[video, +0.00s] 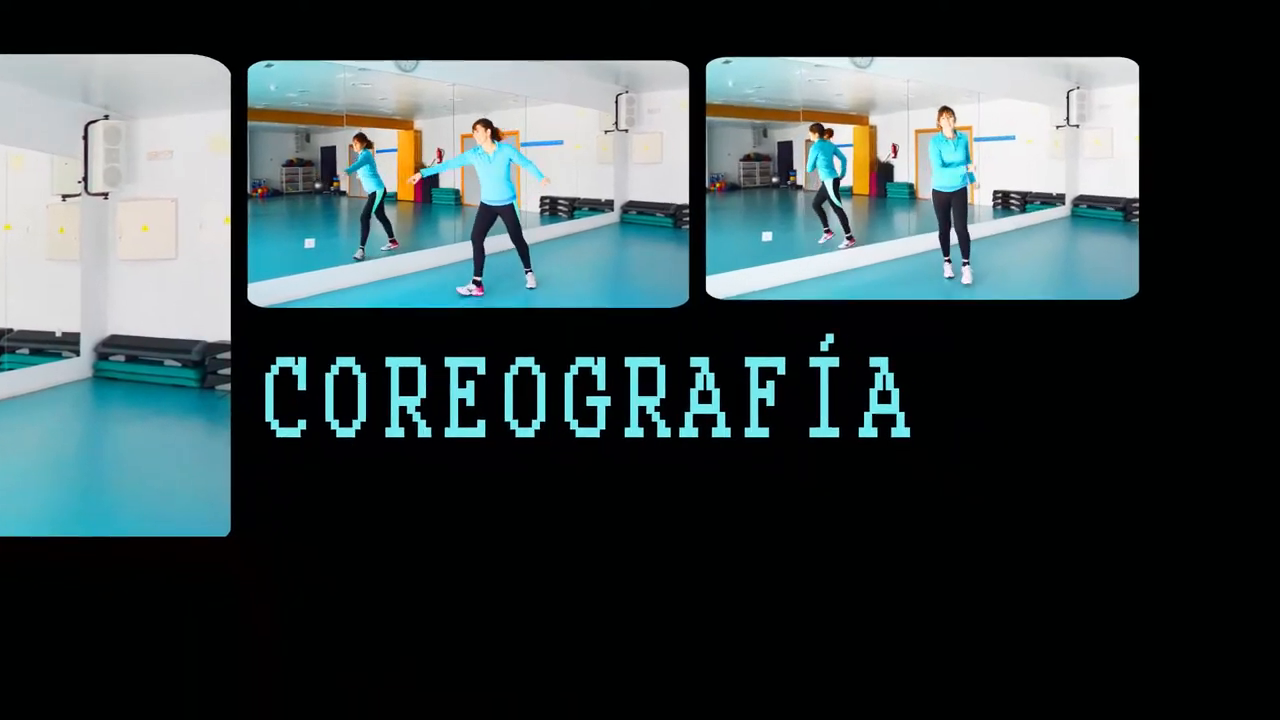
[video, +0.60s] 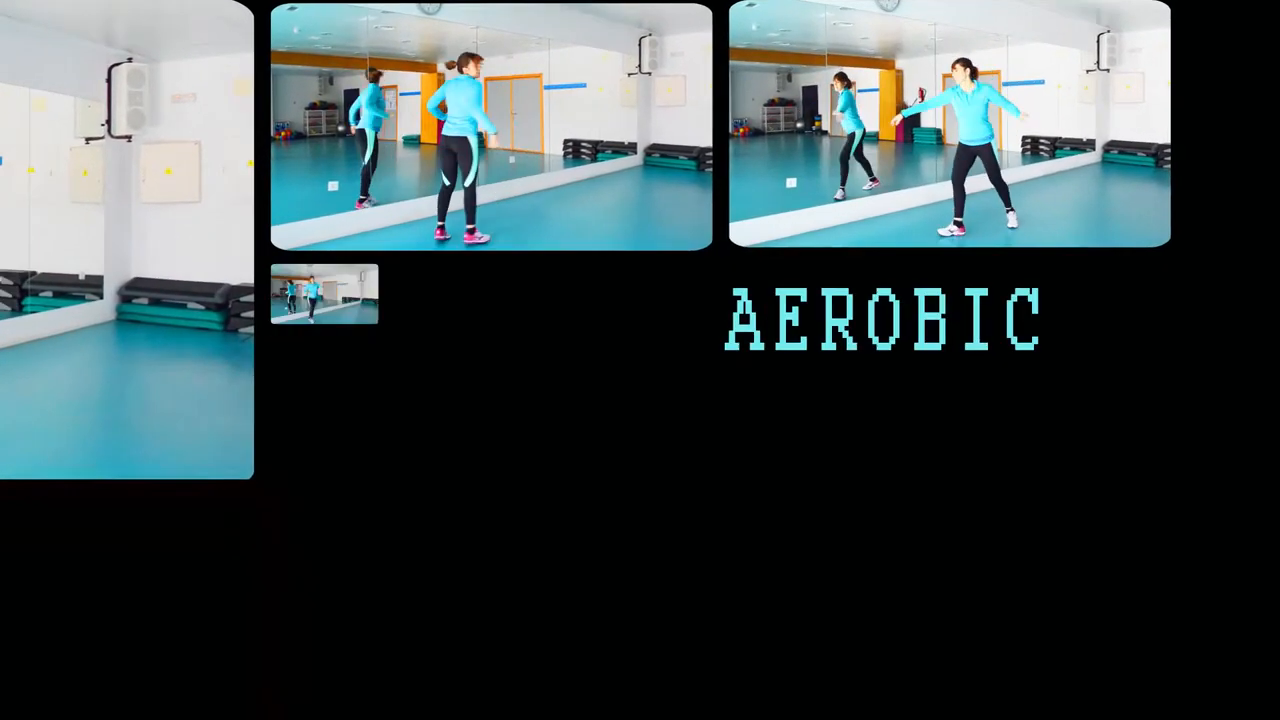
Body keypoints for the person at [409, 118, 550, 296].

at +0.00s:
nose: (474, 135)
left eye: (477, 131)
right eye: (473, 132)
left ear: (488, 132)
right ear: (478, 134)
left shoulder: (506, 150)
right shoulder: (473, 154)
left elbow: (525, 163)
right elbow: (448, 164)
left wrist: (540, 177)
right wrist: (422, 173)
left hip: (506, 204)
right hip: (487, 205)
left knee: (517, 238)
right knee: (476, 238)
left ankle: (529, 272)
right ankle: (476, 283)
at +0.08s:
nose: (468, 125)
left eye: (470, 121)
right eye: (467, 121)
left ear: (481, 121)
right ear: (472, 123)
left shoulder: (498, 141)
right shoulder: (466, 144)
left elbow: (514, 153)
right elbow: (446, 156)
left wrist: (528, 161)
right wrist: (425, 167)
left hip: (497, 195)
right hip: (477, 196)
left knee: (507, 232)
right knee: (472, 233)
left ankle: (525, 262)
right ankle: (474, 276)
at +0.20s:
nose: (458, 108)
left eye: (461, 105)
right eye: (458, 105)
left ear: (472, 107)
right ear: (466, 108)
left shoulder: (485, 128)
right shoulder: (461, 127)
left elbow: (507, 146)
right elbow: (465, 148)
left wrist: (491, 146)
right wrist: (485, 147)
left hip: (484, 180)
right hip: (467, 180)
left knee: (479, 222)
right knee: (468, 222)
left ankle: (507, 246)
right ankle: (476, 263)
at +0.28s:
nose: (454, 99)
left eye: (456, 96)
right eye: (454, 96)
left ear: (466, 98)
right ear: (463, 99)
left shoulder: (476, 119)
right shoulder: (461, 119)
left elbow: (491, 142)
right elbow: (467, 141)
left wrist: (470, 142)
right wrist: (485, 149)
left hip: (480, 170)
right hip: (469, 170)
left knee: (458, 210)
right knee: (469, 211)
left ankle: (482, 247)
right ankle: (479, 251)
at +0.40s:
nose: (452, 87)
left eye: (453, 84)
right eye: (452, 84)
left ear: (459, 85)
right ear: (467, 86)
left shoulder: (457, 104)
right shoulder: (478, 104)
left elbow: (451, 132)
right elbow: (495, 121)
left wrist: (432, 132)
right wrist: (510, 139)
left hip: (464, 158)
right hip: (483, 158)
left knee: (449, 199)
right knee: (473, 199)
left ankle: (442, 243)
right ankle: (484, 243)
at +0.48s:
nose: (464, 79)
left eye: (461, 76)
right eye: (468, 76)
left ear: (457, 77)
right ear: (473, 78)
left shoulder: (448, 96)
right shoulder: (480, 97)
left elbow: (435, 121)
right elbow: (498, 117)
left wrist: (432, 121)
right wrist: (514, 137)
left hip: (455, 151)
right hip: (477, 151)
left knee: (446, 192)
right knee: (475, 193)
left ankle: (435, 235)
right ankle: (487, 236)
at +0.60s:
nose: (479, 68)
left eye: (479, 65)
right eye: (477, 65)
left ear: (462, 68)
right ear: (465, 67)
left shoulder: (449, 84)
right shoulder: (474, 85)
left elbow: (431, 106)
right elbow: (474, 109)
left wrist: (446, 118)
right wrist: (491, 130)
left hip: (447, 137)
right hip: (465, 138)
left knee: (447, 183)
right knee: (469, 184)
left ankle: (440, 228)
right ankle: (471, 231)